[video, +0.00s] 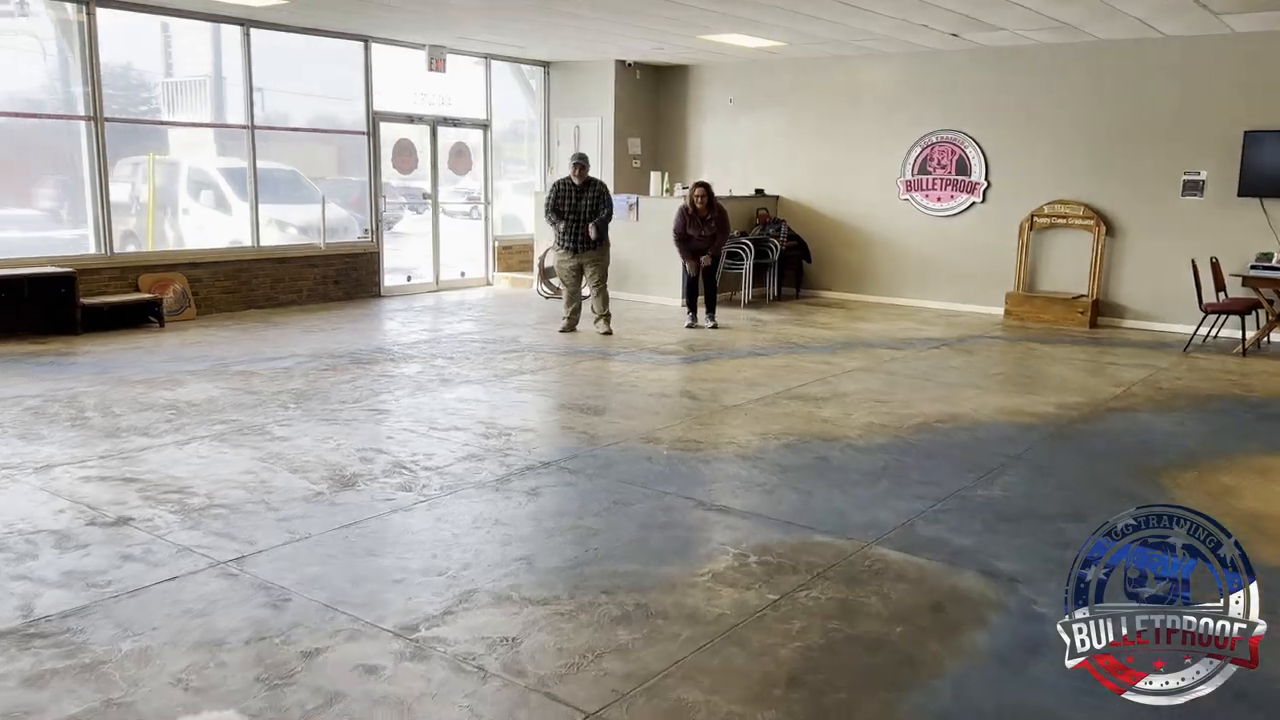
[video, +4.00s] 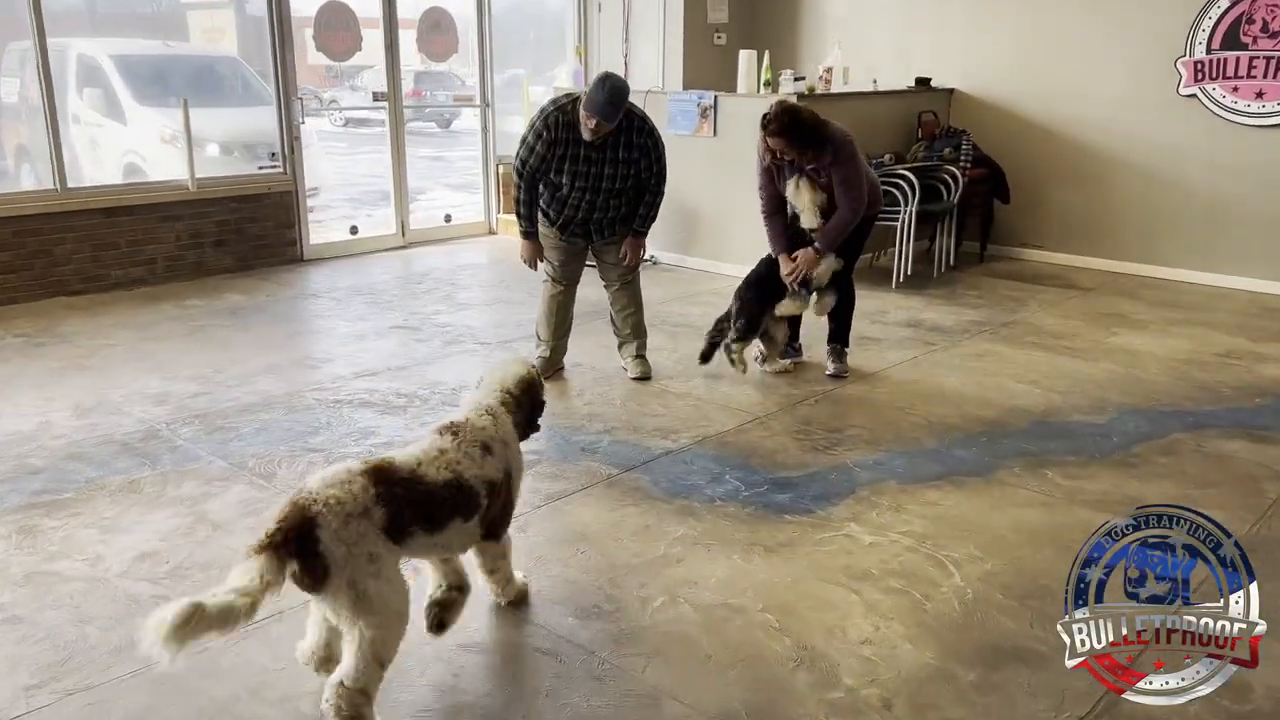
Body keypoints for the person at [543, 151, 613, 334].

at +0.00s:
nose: (577, 170)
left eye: (581, 167)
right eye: (574, 166)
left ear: (587, 169)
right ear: (570, 168)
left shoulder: (599, 187)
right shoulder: (559, 187)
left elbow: (607, 211)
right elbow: (549, 211)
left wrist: (597, 224)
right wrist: (559, 224)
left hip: (594, 248)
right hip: (566, 248)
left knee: (598, 287)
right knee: (569, 288)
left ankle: (602, 321)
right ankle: (570, 320)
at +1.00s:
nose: (558, 183)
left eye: (563, 179)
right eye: (554, 178)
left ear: (571, 177)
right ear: (549, 177)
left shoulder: (583, 196)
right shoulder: (536, 195)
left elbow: (594, 231)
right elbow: (522, 228)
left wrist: (587, 263)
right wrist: (526, 261)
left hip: (573, 265)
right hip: (543, 264)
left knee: (578, 308)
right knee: (537, 308)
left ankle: (583, 346)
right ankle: (531, 347)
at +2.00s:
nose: (536, 227)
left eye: (543, 224)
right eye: (533, 221)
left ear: (555, 220)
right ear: (529, 215)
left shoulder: (570, 229)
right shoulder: (515, 229)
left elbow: (595, 266)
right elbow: (500, 269)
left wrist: (610, 303)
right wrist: (500, 308)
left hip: (567, 283)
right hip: (528, 282)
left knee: (572, 327)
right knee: (523, 328)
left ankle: (578, 377)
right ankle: (516, 378)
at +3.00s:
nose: (607, 187)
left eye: (614, 181)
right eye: (602, 180)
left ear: (627, 178)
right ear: (594, 176)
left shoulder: (649, 203)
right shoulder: (575, 200)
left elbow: (671, 243)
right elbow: (554, 240)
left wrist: (670, 282)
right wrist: (553, 284)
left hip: (639, 286)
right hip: (590, 284)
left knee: (644, 342)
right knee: (588, 341)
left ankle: (651, 401)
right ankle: (579, 400)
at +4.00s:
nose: (592, 125)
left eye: (602, 122)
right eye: (588, 116)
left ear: (618, 117)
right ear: (582, 101)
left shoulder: (640, 131)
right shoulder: (552, 120)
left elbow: (655, 183)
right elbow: (524, 174)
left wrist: (639, 233)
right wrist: (528, 235)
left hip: (615, 224)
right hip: (561, 221)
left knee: (624, 288)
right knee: (557, 289)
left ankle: (634, 353)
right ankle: (548, 356)